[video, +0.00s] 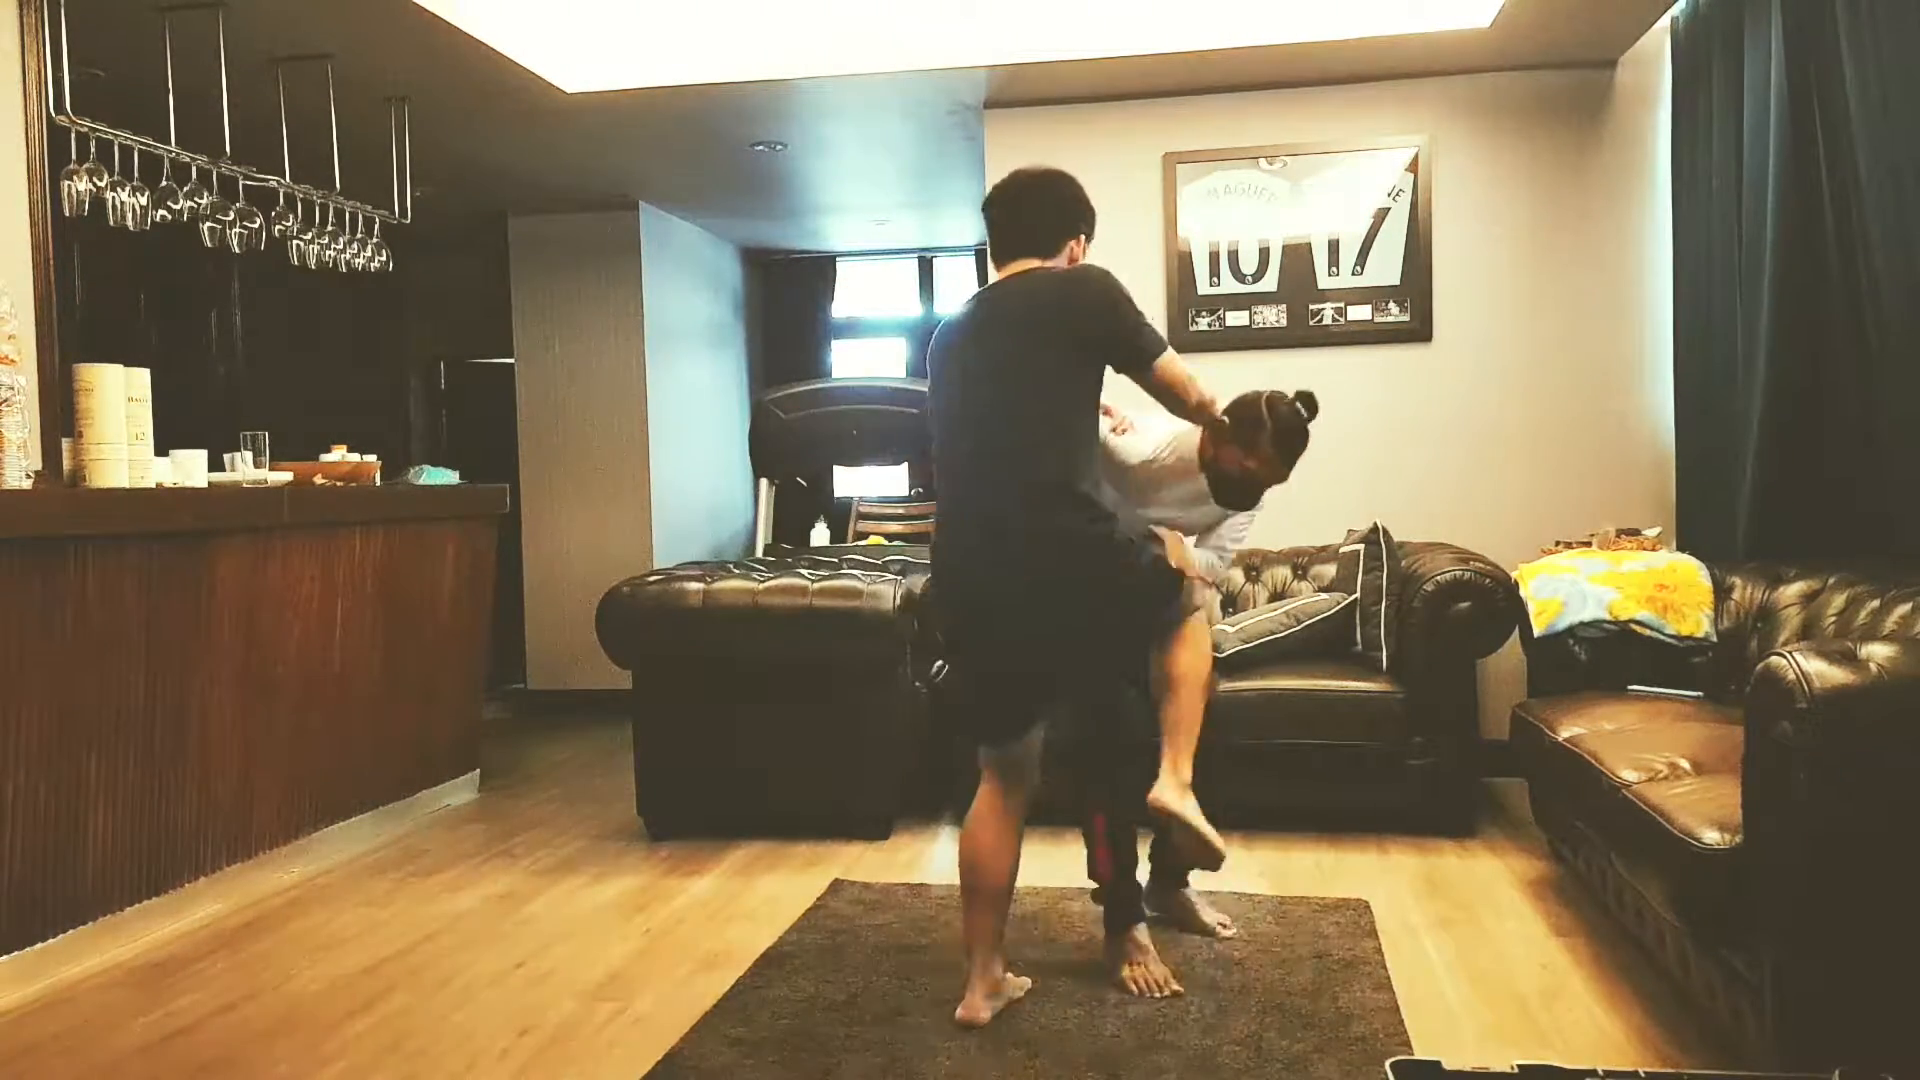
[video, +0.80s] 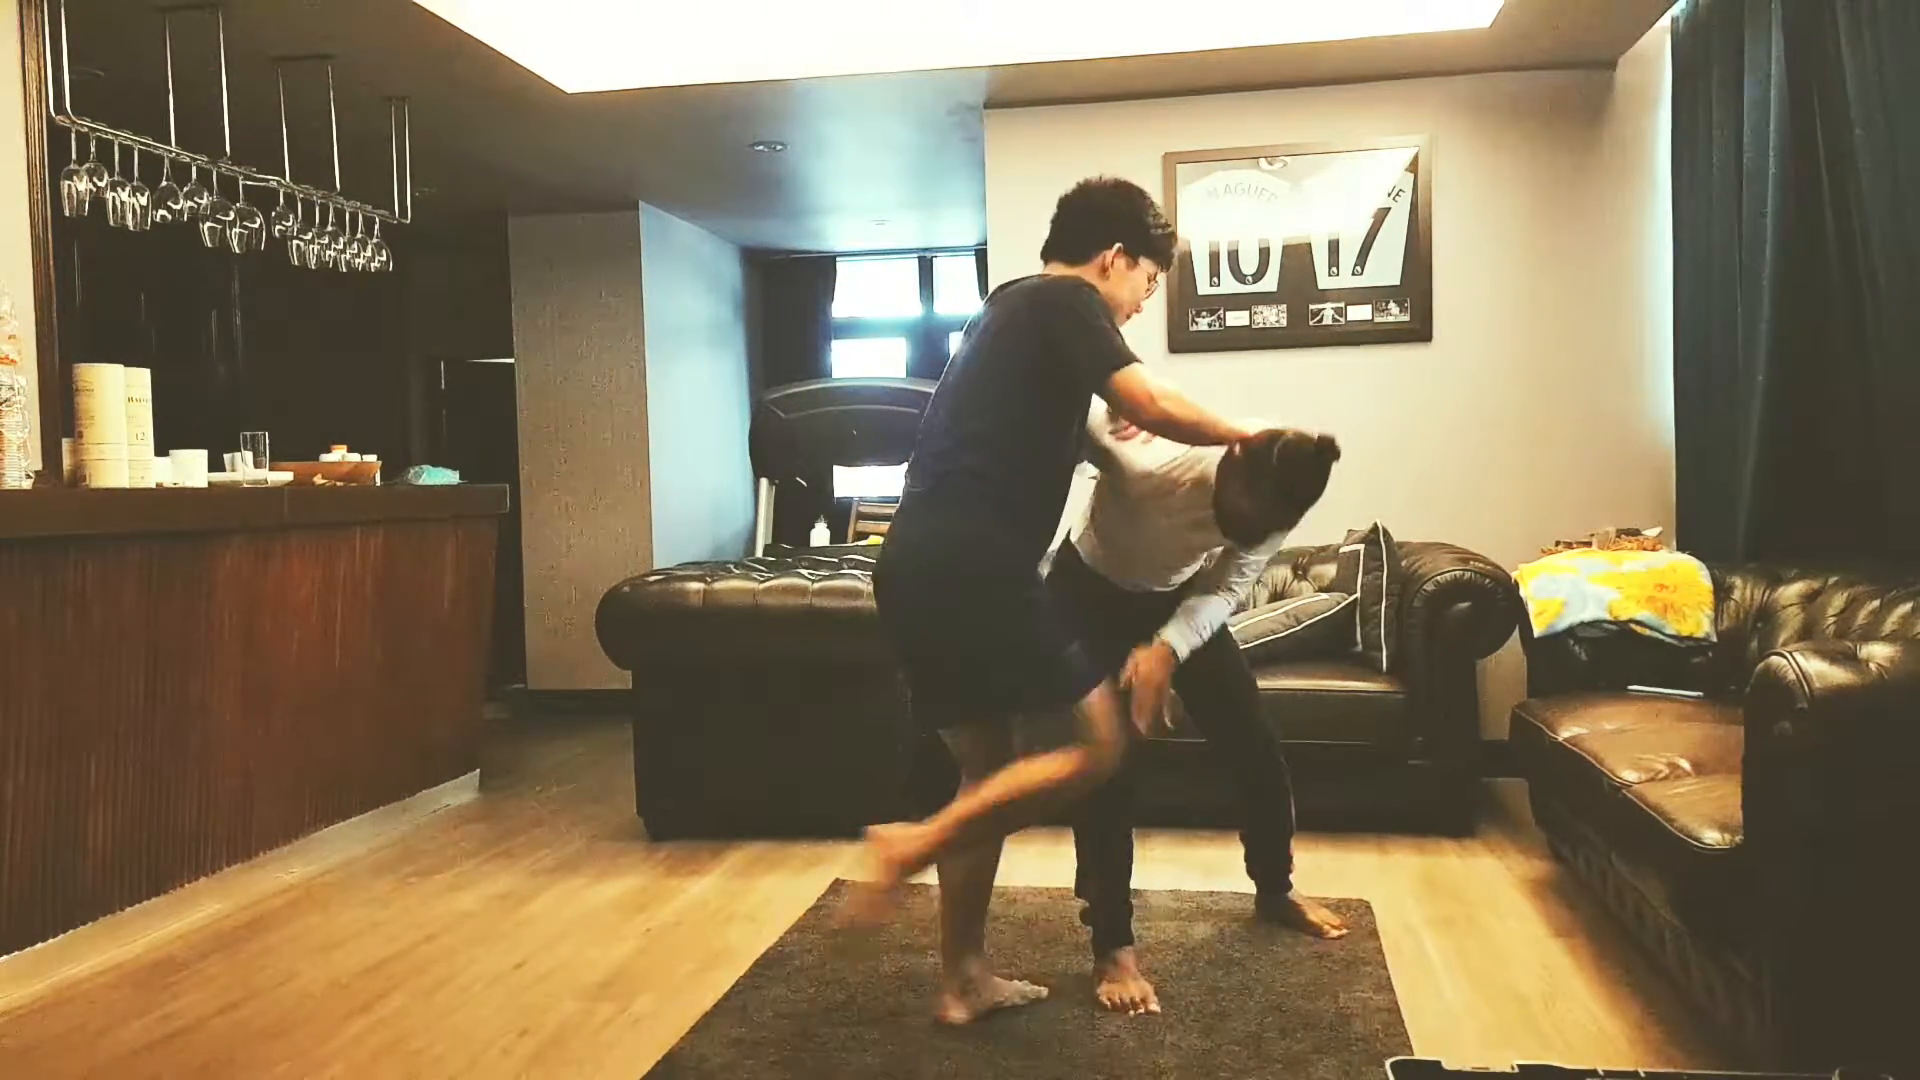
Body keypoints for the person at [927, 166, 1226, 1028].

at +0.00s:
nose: (1087, 259)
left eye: (1086, 250)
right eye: (1087, 248)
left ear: (991, 247)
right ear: (1073, 245)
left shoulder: (952, 332)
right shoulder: (1084, 291)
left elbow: (963, 446)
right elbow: (1187, 395)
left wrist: (1079, 414)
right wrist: (1218, 420)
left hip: (970, 559)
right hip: (1061, 543)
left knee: (1000, 771)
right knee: (1185, 605)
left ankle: (983, 979)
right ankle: (1174, 777)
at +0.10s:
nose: (1098, 253)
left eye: (1098, 243)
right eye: (1098, 242)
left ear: (1005, 241)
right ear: (1080, 237)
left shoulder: (961, 319)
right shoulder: (1085, 286)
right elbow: (1204, 373)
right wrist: (1248, 399)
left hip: (950, 558)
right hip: (1044, 550)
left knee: (992, 773)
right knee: (1165, 677)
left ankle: (981, 980)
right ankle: (1112, 851)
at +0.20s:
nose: (1117, 256)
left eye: (1116, 246)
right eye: (1117, 245)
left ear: (1028, 239)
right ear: (1095, 239)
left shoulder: (984, 311)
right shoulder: (1097, 288)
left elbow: (1046, 372)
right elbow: (1226, 354)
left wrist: (1135, 352)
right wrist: (1213, 351)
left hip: (939, 555)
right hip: (1029, 554)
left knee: (990, 784)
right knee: (1093, 774)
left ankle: (976, 959)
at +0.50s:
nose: (1149, 325)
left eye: (1153, 312)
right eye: (1151, 306)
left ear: (1065, 277)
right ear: (1122, 282)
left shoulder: (1015, 329)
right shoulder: (1097, 327)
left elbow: (1050, 438)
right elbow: (1200, 424)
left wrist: (1138, 462)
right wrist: (1267, 432)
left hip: (924, 576)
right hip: (998, 575)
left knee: (1015, 775)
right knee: (1149, 744)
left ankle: (960, 978)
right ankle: (1028, 918)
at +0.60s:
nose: (1137, 324)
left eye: (1144, 311)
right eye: (1142, 304)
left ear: (1059, 269)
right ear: (1115, 276)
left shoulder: (1005, 324)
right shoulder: (1084, 321)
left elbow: (1024, 426)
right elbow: (1151, 432)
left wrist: (1108, 469)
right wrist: (1245, 465)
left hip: (930, 571)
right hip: (1011, 561)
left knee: (1018, 774)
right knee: (1199, 639)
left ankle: (970, 977)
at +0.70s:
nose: (1139, 312)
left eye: (1146, 297)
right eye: (1143, 291)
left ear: (1063, 262)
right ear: (1112, 266)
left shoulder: (1005, 319)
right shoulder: (1074, 315)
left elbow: (1020, 436)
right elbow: (1136, 424)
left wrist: (1100, 470)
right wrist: (1237, 463)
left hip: (927, 571)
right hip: (1003, 564)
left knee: (1008, 767)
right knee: (1185, 639)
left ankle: (967, 979)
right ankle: (1085, 799)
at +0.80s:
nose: (1146, 302)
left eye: (1152, 286)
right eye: (1148, 281)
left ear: (1076, 255)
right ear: (1112, 255)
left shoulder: (1007, 306)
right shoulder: (1071, 305)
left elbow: (1044, 422)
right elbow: (1144, 407)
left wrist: (1122, 459)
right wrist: (1243, 434)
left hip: (914, 560)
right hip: (978, 562)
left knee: (985, 768)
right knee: (1100, 747)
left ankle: (965, 978)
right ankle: (909, 845)